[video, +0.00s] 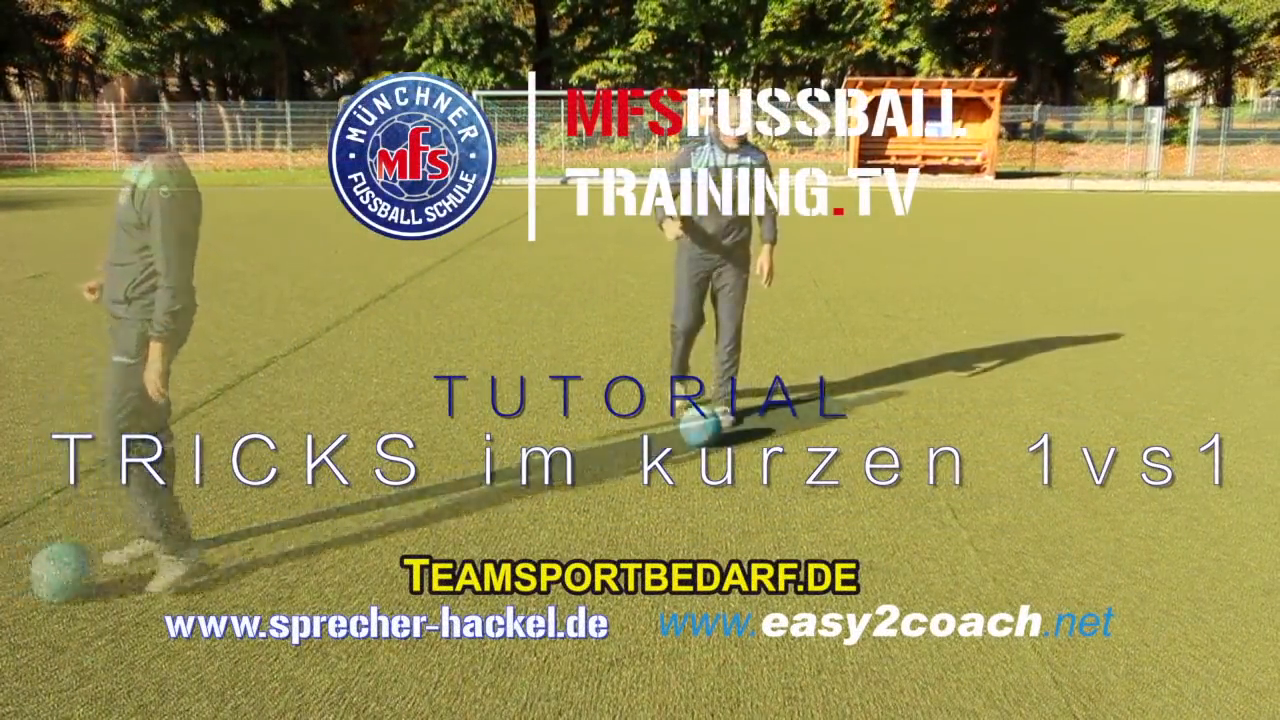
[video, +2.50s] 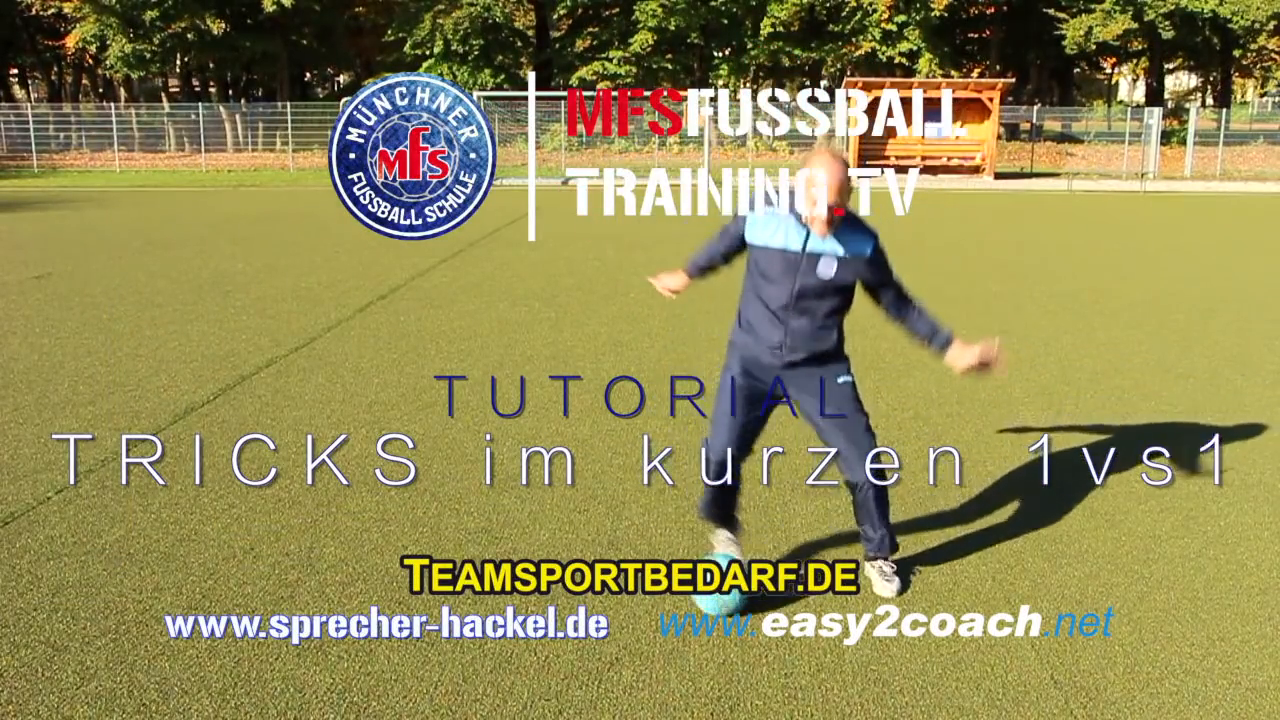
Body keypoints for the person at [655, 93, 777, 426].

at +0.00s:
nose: (736, 131)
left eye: (741, 123)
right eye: (729, 123)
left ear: (749, 125)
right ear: (714, 122)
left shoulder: (756, 160)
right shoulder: (692, 155)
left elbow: (767, 205)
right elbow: (661, 188)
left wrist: (768, 247)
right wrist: (665, 219)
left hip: (734, 255)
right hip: (694, 251)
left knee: (730, 333)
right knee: (686, 323)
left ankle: (724, 401)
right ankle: (678, 383)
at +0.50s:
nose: (743, 140)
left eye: (749, 134)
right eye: (738, 133)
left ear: (757, 131)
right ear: (725, 127)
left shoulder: (765, 167)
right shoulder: (697, 158)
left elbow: (775, 217)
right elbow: (669, 199)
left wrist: (772, 262)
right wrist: (650, 241)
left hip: (738, 260)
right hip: (699, 253)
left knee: (732, 334)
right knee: (708, 321)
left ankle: (723, 400)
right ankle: (690, 406)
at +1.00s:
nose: (728, 149)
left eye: (735, 141)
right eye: (721, 141)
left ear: (744, 137)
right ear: (705, 134)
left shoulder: (760, 173)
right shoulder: (676, 172)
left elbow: (776, 220)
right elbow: (651, 219)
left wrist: (774, 265)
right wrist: (654, 265)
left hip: (737, 283)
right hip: (689, 284)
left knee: (728, 365)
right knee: (696, 367)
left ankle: (722, 436)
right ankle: (700, 440)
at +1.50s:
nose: (742, 138)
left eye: (749, 129)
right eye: (733, 130)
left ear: (760, 128)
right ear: (719, 127)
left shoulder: (780, 173)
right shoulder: (699, 168)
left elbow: (825, 222)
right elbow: (643, 210)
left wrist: (817, 182)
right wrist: (644, 193)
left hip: (746, 302)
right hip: (694, 291)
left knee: (724, 400)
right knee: (682, 370)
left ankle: (697, 482)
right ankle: (673, 449)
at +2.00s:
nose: (772, 101)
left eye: (781, 92)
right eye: (765, 91)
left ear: (794, 88)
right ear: (750, 87)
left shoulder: (823, 121)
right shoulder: (724, 127)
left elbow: (890, 149)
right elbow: (655, 153)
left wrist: (950, 140)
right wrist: (588, 179)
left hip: (795, 271)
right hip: (733, 261)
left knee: (792, 382)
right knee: (694, 352)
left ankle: (779, 497)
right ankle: (653, 436)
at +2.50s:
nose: (828, 205)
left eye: (837, 196)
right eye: (819, 193)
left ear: (847, 193)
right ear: (800, 185)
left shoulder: (859, 244)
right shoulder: (758, 225)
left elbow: (897, 302)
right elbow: (722, 247)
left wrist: (949, 346)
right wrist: (687, 272)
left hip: (819, 367)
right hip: (751, 362)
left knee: (864, 465)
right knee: (721, 455)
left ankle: (879, 556)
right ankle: (721, 525)